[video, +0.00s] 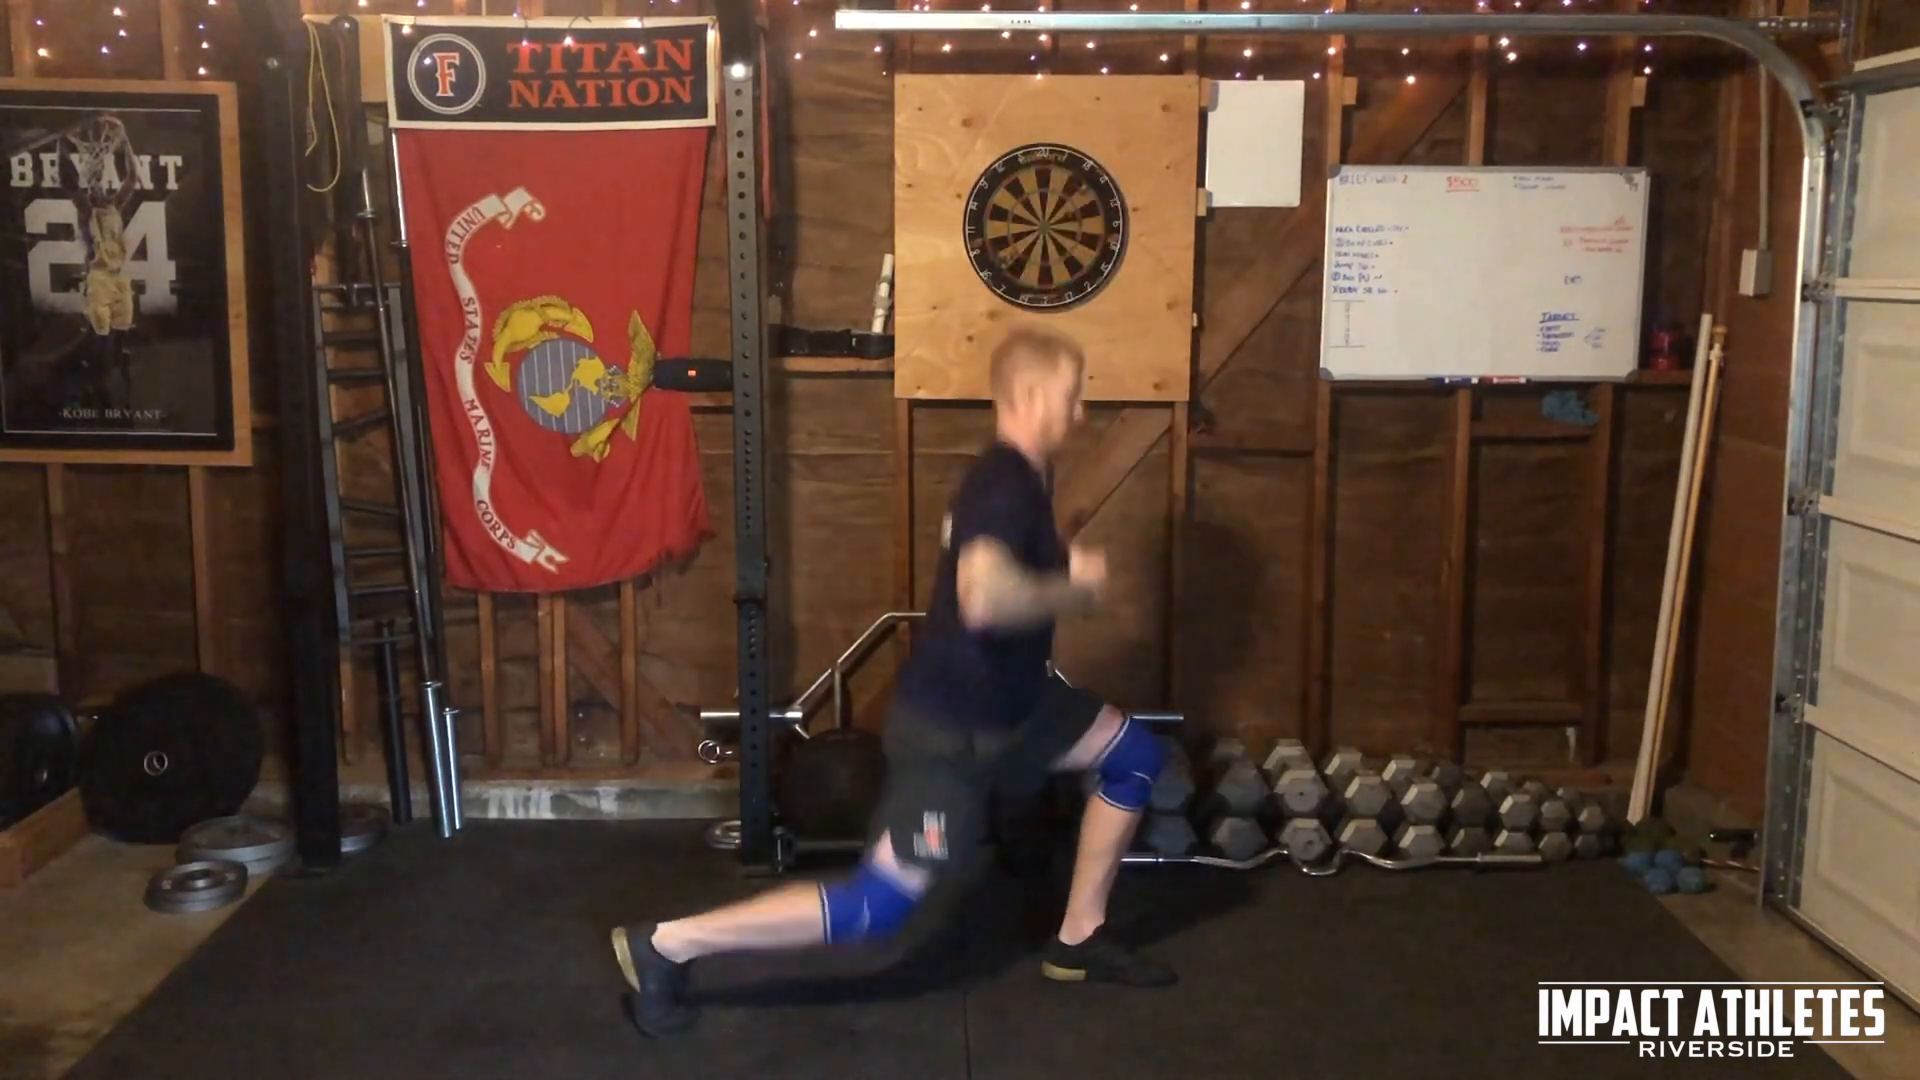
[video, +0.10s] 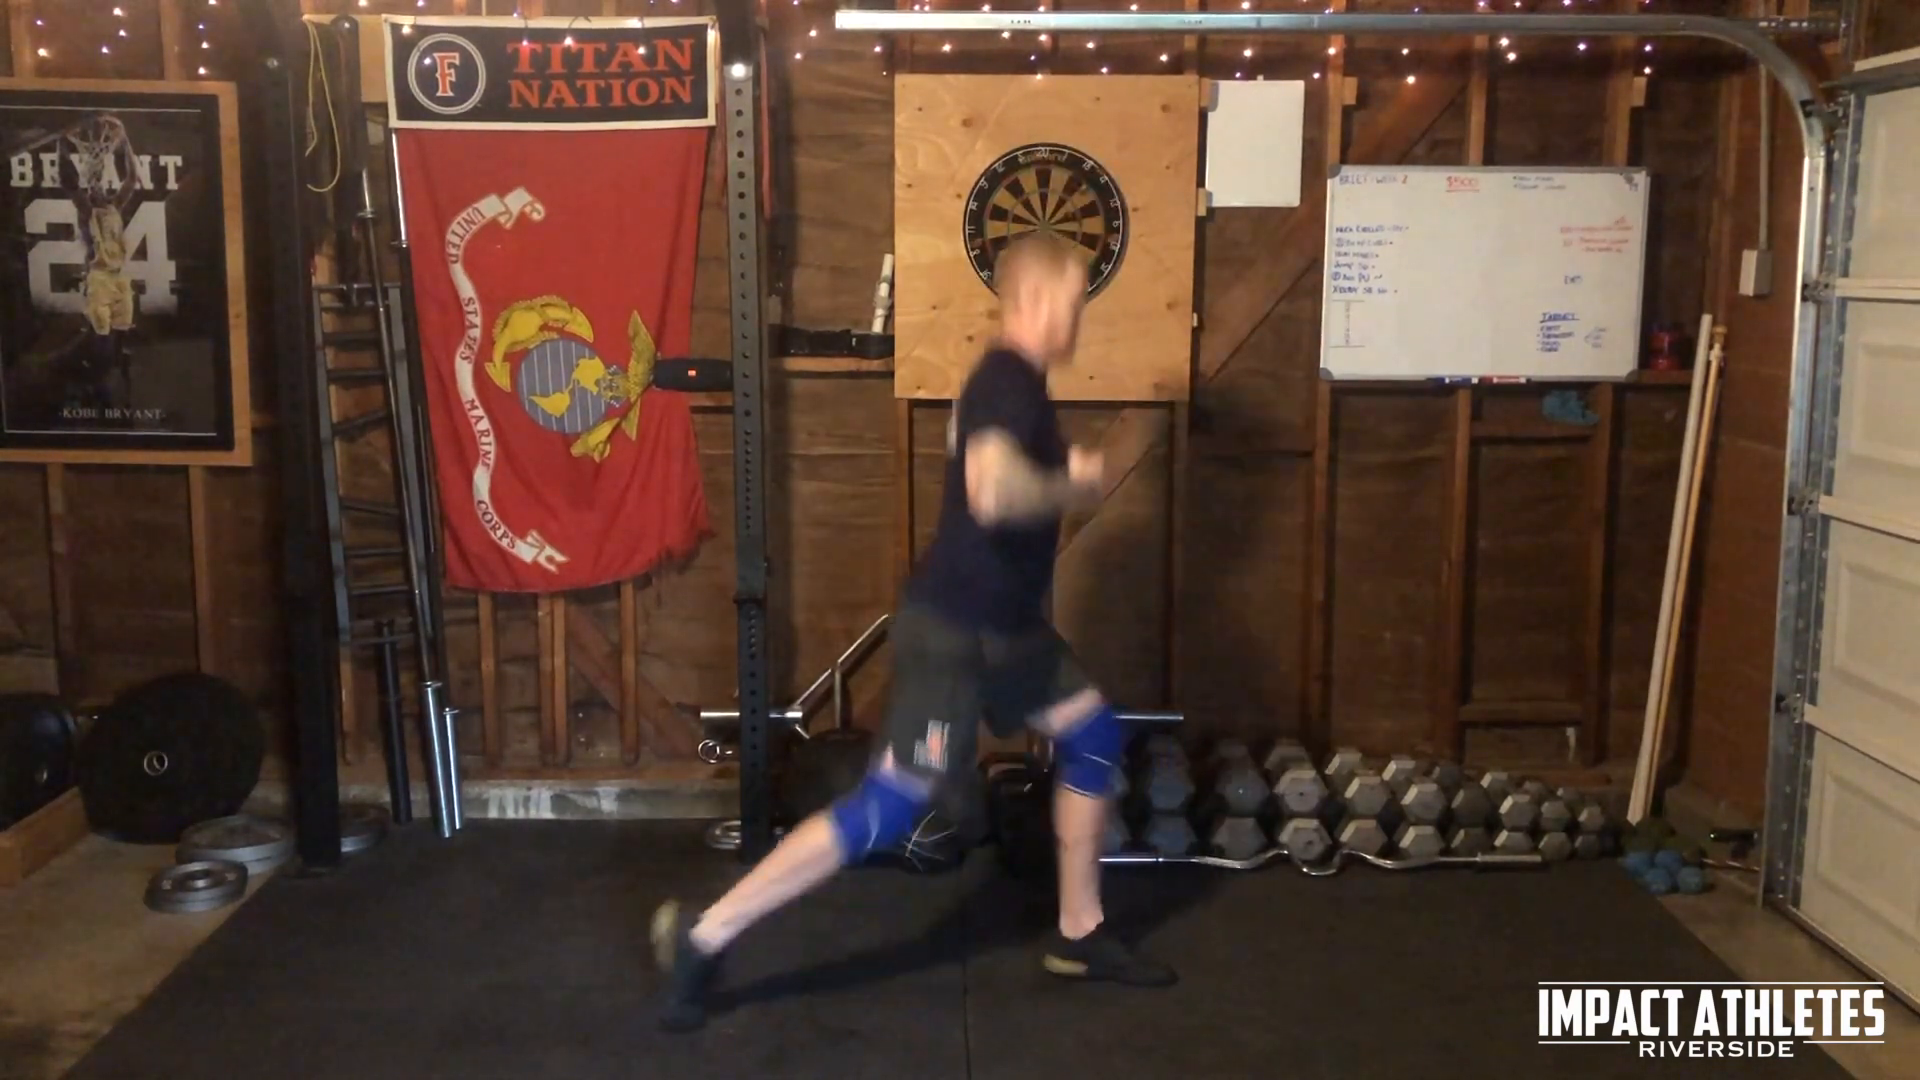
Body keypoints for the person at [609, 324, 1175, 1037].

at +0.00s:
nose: (1079, 411)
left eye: (1078, 395)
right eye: (1072, 395)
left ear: (1021, 399)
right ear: (1027, 399)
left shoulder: (1024, 475)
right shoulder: (1003, 481)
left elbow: (962, 542)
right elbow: (984, 598)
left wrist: (1060, 565)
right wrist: (1073, 588)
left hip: (1015, 698)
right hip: (947, 717)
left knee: (1136, 756)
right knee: (882, 902)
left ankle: (1080, 934)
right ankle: (663, 944)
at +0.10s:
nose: (1079, 317)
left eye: (1080, 300)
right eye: (1070, 300)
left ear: (1039, 303)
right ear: (1030, 300)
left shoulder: (1028, 384)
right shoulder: (1002, 378)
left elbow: (1012, 488)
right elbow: (993, 488)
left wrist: (1068, 476)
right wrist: (1076, 480)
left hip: (1009, 628)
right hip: (949, 627)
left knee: (1093, 739)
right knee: (894, 804)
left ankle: (1081, 929)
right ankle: (702, 935)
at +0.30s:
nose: (1102, 222)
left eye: (1105, 205)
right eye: (1098, 203)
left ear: (1040, 193)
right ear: (1055, 192)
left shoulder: (1016, 267)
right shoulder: (1020, 264)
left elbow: (978, 372)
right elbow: (975, 370)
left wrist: (1050, 391)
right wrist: (1065, 401)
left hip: (951, 510)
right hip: (951, 515)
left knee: (969, 694)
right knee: (1000, 711)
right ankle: (890, 899)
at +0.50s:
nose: (1098, 314)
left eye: (1100, 298)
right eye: (1093, 297)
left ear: (1041, 289)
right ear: (1053, 290)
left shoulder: (1010, 356)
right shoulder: (1014, 361)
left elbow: (961, 420)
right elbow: (978, 461)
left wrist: (1048, 484)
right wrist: (1070, 496)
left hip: (922, 599)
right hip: (951, 607)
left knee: (873, 782)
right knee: (1079, 769)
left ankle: (699, 873)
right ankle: (1066, 977)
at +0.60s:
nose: (1096, 406)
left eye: (1098, 391)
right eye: (1093, 390)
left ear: (1031, 382)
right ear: (1058, 387)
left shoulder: (986, 456)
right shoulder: (1016, 458)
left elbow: (971, 568)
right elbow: (993, 568)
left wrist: (1066, 581)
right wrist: (1091, 597)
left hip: (904, 689)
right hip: (950, 693)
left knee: (869, 866)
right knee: (1122, 783)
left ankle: (669, 904)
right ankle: (1069, 976)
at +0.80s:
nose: (1091, 497)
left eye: (1091, 482)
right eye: (1087, 481)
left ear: (1034, 478)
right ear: (1049, 478)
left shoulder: (985, 542)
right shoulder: (1014, 552)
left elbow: (983, 685)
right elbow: (999, 696)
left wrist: (1073, 717)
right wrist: (1095, 720)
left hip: (898, 773)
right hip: (942, 772)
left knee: (883, 944)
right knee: (1139, 790)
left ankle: (688, 900)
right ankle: (1069, 979)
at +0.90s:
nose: (1087, 493)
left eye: (1086, 478)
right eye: (1081, 478)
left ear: (1027, 479)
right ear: (1041, 478)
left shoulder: (985, 542)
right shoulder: (1010, 554)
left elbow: (997, 686)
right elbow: (1009, 704)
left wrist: (1073, 727)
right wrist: (1099, 704)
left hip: (905, 772)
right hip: (946, 772)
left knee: (885, 946)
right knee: (1144, 790)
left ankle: (687, 902)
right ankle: (1069, 979)